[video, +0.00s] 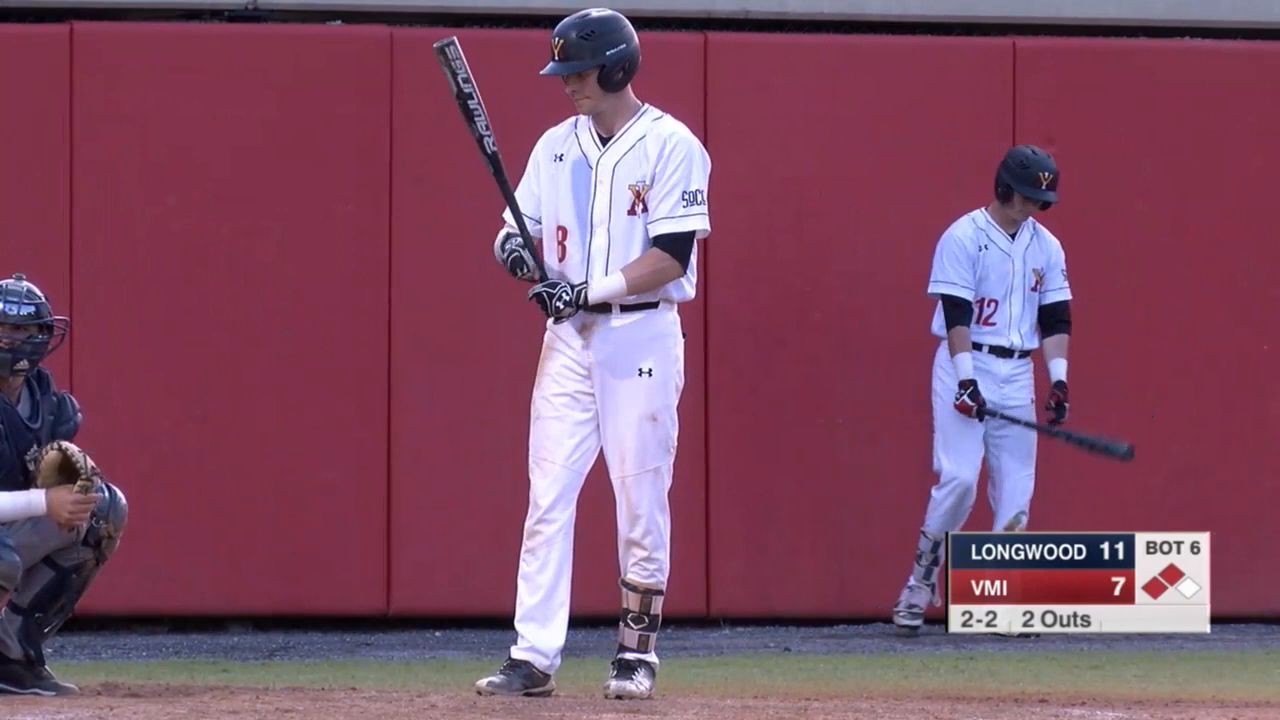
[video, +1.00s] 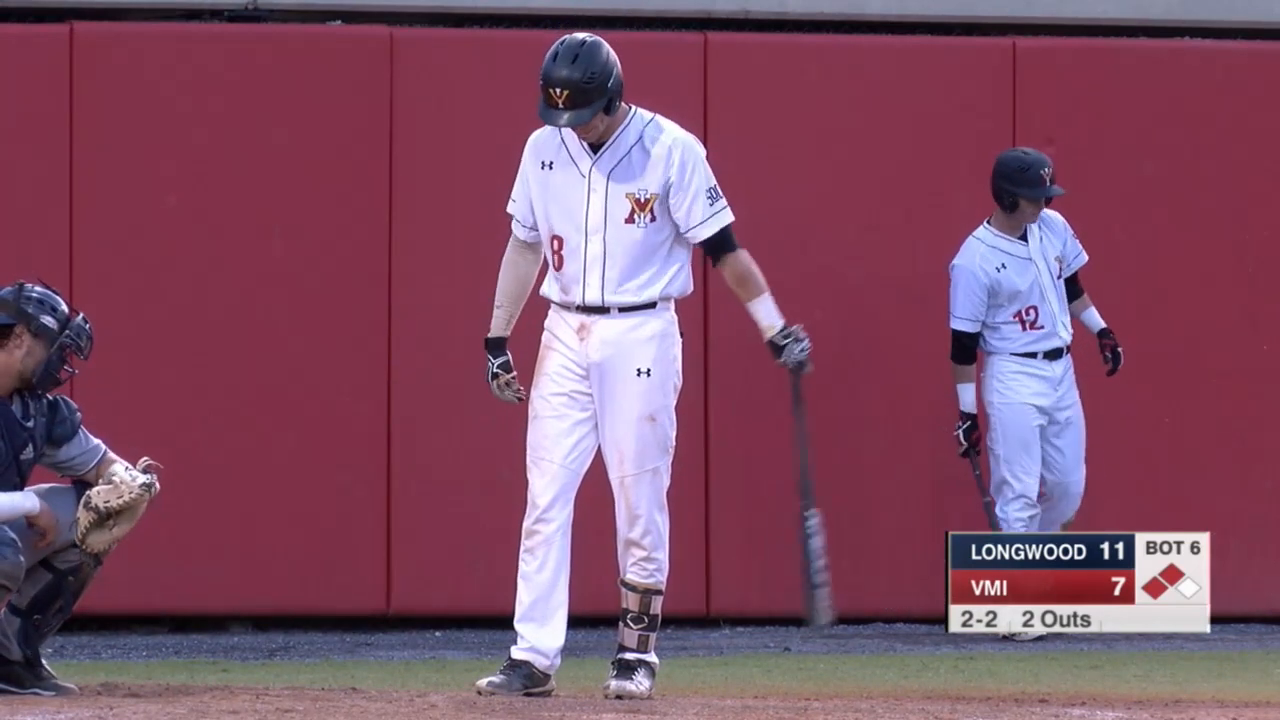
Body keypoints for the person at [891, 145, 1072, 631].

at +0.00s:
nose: (1034, 210)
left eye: (1041, 202)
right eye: (1029, 199)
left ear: (1043, 199)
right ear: (1005, 190)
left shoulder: (1047, 247)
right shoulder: (963, 236)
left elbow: (1055, 320)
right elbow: (956, 313)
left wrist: (1058, 383)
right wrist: (965, 380)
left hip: (1018, 375)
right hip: (965, 368)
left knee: (1016, 495)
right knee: (960, 479)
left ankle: (1004, 606)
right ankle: (920, 585)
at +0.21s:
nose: (1044, 212)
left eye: (1051, 205)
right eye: (1039, 203)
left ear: (1057, 199)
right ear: (1015, 192)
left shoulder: (1056, 244)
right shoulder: (974, 241)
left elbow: (1070, 318)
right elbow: (958, 322)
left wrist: (1082, 388)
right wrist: (951, 390)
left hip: (1029, 374)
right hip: (979, 367)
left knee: (1022, 491)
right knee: (974, 484)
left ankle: (1010, 585)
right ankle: (967, 585)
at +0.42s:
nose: (1055, 208)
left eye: (1059, 200)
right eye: (1049, 200)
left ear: (1059, 199)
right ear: (1024, 195)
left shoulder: (1059, 242)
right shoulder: (981, 249)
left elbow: (1073, 313)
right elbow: (958, 328)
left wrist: (1090, 375)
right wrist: (935, 397)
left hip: (1039, 376)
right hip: (987, 372)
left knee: (1029, 494)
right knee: (996, 488)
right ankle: (997, 586)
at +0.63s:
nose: (1055, 195)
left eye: (1055, 187)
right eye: (1048, 189)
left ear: (1035, 192)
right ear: (1022, 193)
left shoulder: (1053, 234)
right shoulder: (980, 256)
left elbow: (1068, 308)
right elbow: (957, 338)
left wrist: (1089, 365)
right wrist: (935, 404)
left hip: (1052, 378)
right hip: (1003, 377)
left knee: (1039, 499)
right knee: (1015, 498)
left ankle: (1001, 606)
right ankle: (1007, 612)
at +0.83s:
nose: (1050, 191)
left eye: (1049, 184)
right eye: (1042, 185)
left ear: (1026, 190)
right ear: (1016, 192)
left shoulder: (1051, 228)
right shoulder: (976, 258)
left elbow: (1069, 295)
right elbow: (961, 343)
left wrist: (1096, 345)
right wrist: (952, 411)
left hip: (1058, 375)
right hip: (1009, 378)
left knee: (1052, 503)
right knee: (1016, 502)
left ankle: (991, 587)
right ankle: (1013, 612)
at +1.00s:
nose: (1046, 204)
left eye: (1045, 196)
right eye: (1038, 197)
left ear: (1035, 196)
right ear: (1010, 199)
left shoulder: (1051, 225)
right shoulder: (974, 260)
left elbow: (1070, 287)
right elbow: (963, 346)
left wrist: (1103, 330)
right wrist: (967, 415)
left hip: (1061, 375)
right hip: (1012, 379)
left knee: (1067, 490)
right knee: (1019, 493)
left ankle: (1012, 567)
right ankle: (1008, 600)